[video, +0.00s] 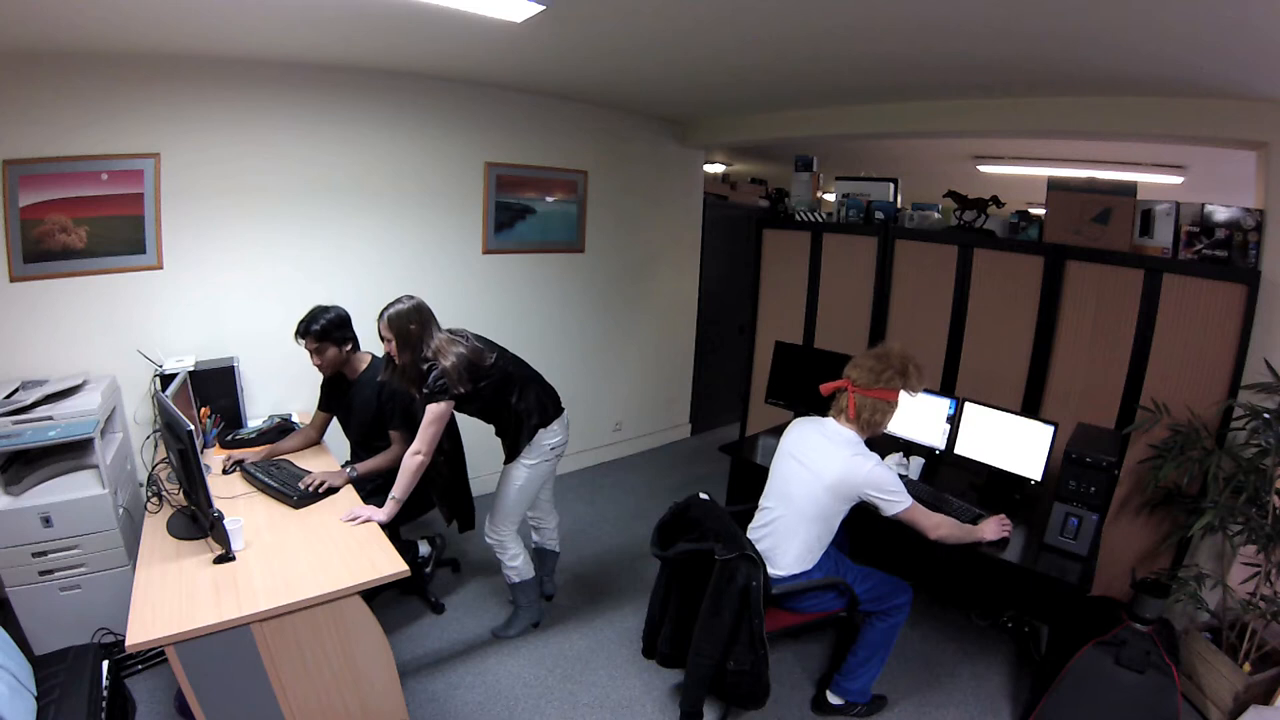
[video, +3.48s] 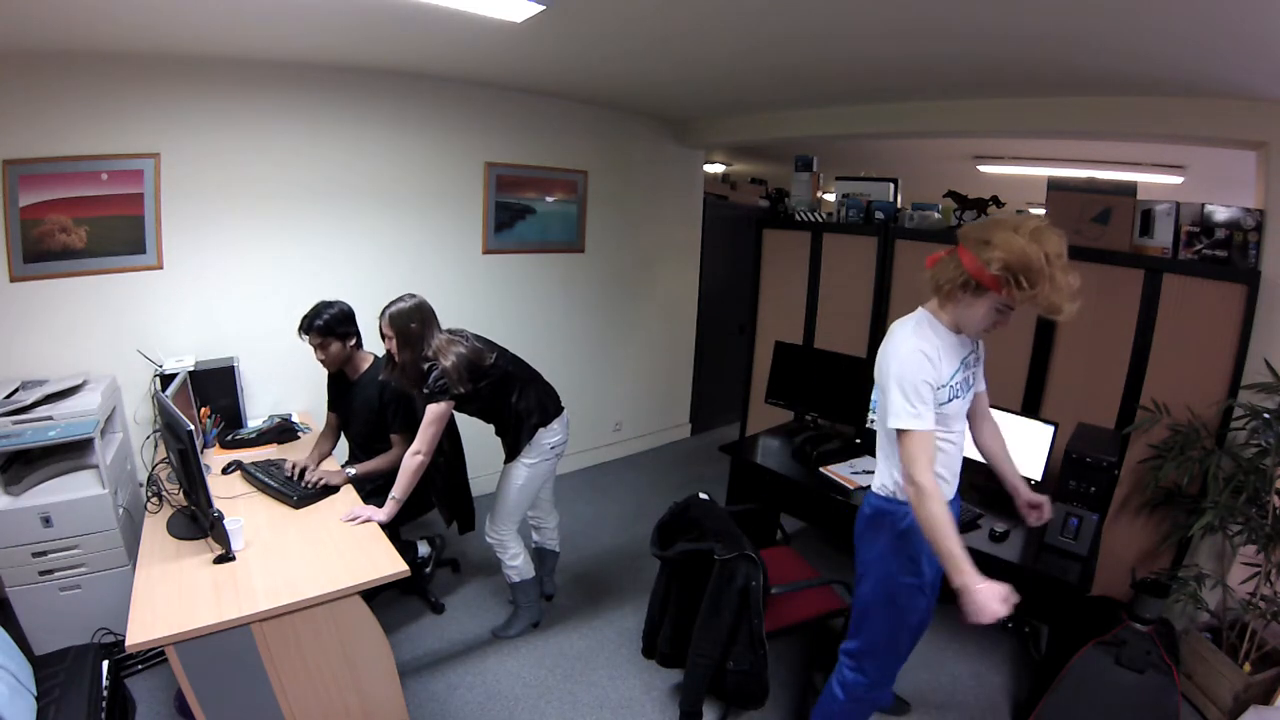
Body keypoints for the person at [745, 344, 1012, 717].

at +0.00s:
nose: (891, 418)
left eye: (892, 410)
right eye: (892, 411)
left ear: (843, 398)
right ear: (883, 415)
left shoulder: (798, 426)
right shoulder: (867, 467)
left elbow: (815, 478)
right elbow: (934, 527)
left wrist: (873, 472)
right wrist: (980, 531)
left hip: (748, 552)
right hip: (787, 576)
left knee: (837, 541)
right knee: (896, 596)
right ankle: (843, 695)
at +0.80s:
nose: (930, 361)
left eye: (932, 352)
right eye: (931, 351)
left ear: (882, 335)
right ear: (917, 347)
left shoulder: (829, 373)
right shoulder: (900, 406)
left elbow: (815, 449)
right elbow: (917, 504)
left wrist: (862, 481)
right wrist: (957, 528)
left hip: (784, 511)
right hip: (827, 529)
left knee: (856, 519)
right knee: (893, 605)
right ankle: (836, 708)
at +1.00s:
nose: (951, 322)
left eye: (954, 311)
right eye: (947, 308)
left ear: (914, 302)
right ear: (918, 301)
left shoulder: (867, 339)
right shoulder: (899, 369)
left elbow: (840, 426)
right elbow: (864, 471)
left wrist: (877, 486)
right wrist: (895, 541)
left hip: (822, 491)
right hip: (847, 508)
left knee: (857, 587)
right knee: (892, 641)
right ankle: (838, 716)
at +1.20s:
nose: (975, 322)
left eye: (980, 310)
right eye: (974, 307)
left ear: (946, 296)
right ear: (943, 291)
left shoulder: (919, 346)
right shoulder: (890, 362)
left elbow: (914, 425)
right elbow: (872, 486)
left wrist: (941, 491)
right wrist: (912, 574)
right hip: (861, 514)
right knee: (877, 669)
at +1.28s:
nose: (987, 318)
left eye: (994, 307)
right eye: (987, 302)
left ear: (960, 288)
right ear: (954, 282)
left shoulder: (935, 339)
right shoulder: (898, 354)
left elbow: (946, 415)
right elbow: (897, 481)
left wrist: (985, 479)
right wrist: (960, 571)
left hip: (892, 501)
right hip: (860, 509)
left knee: (887, 600)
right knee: (856, 664)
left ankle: (865, 665)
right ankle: (838, 709)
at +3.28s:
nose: (998, 329)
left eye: (1004, 318)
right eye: (996, 316)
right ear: (966, 293)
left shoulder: (959, 340)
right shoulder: (904, 355)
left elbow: (966, 419)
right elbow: (894, 486)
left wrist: (988, 494)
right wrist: (906, 590)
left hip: (948, 510)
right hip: (910, 519)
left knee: (919, 614)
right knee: (889, 641)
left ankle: (880, 689)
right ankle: (838, 713)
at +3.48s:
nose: (1003, 324)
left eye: (1009, 313)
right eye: (1002, 310)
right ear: (974, 287)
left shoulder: (965, 338)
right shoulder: (910, 350)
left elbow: (980, 418)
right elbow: (918, 481)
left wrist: (1018, 488)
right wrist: (968, 581)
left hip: (936, 509)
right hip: (897, 519)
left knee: (908, 615)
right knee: (869, 653)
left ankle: (873, 688)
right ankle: (834, 714)